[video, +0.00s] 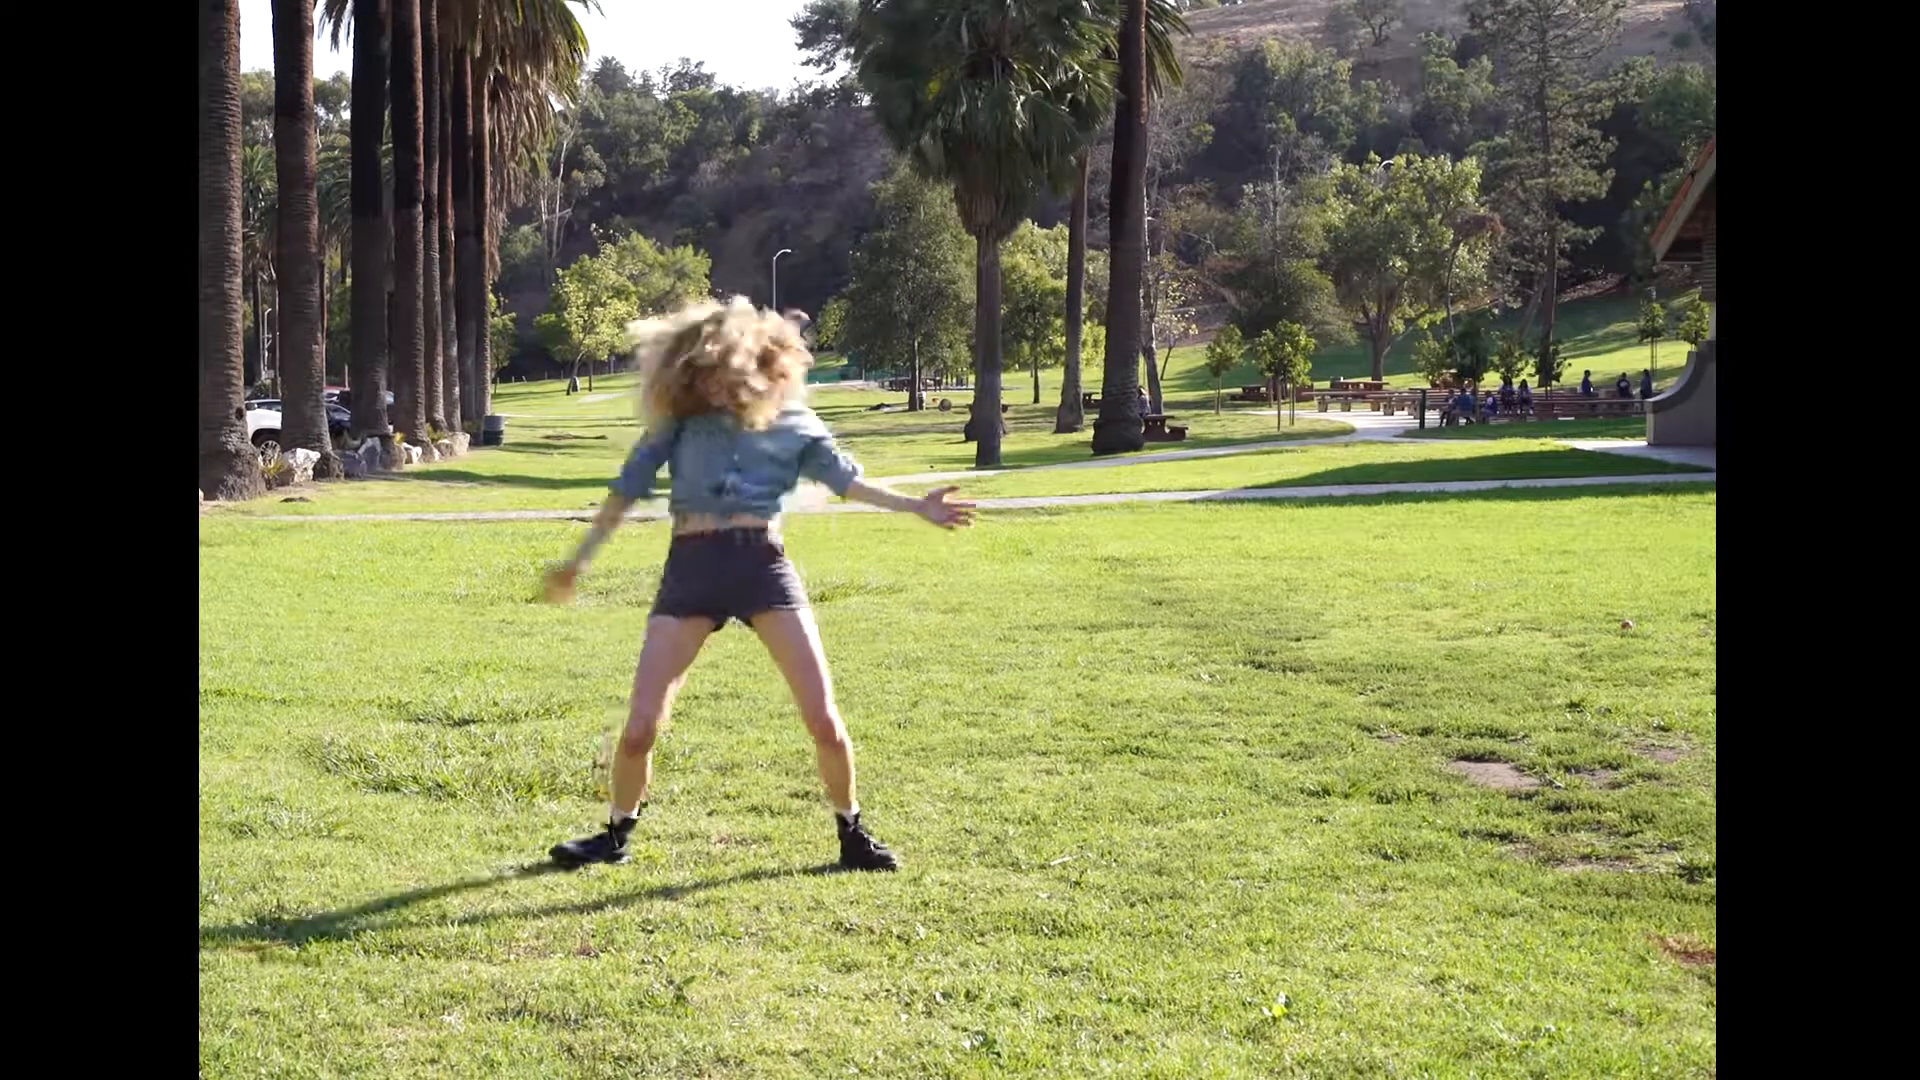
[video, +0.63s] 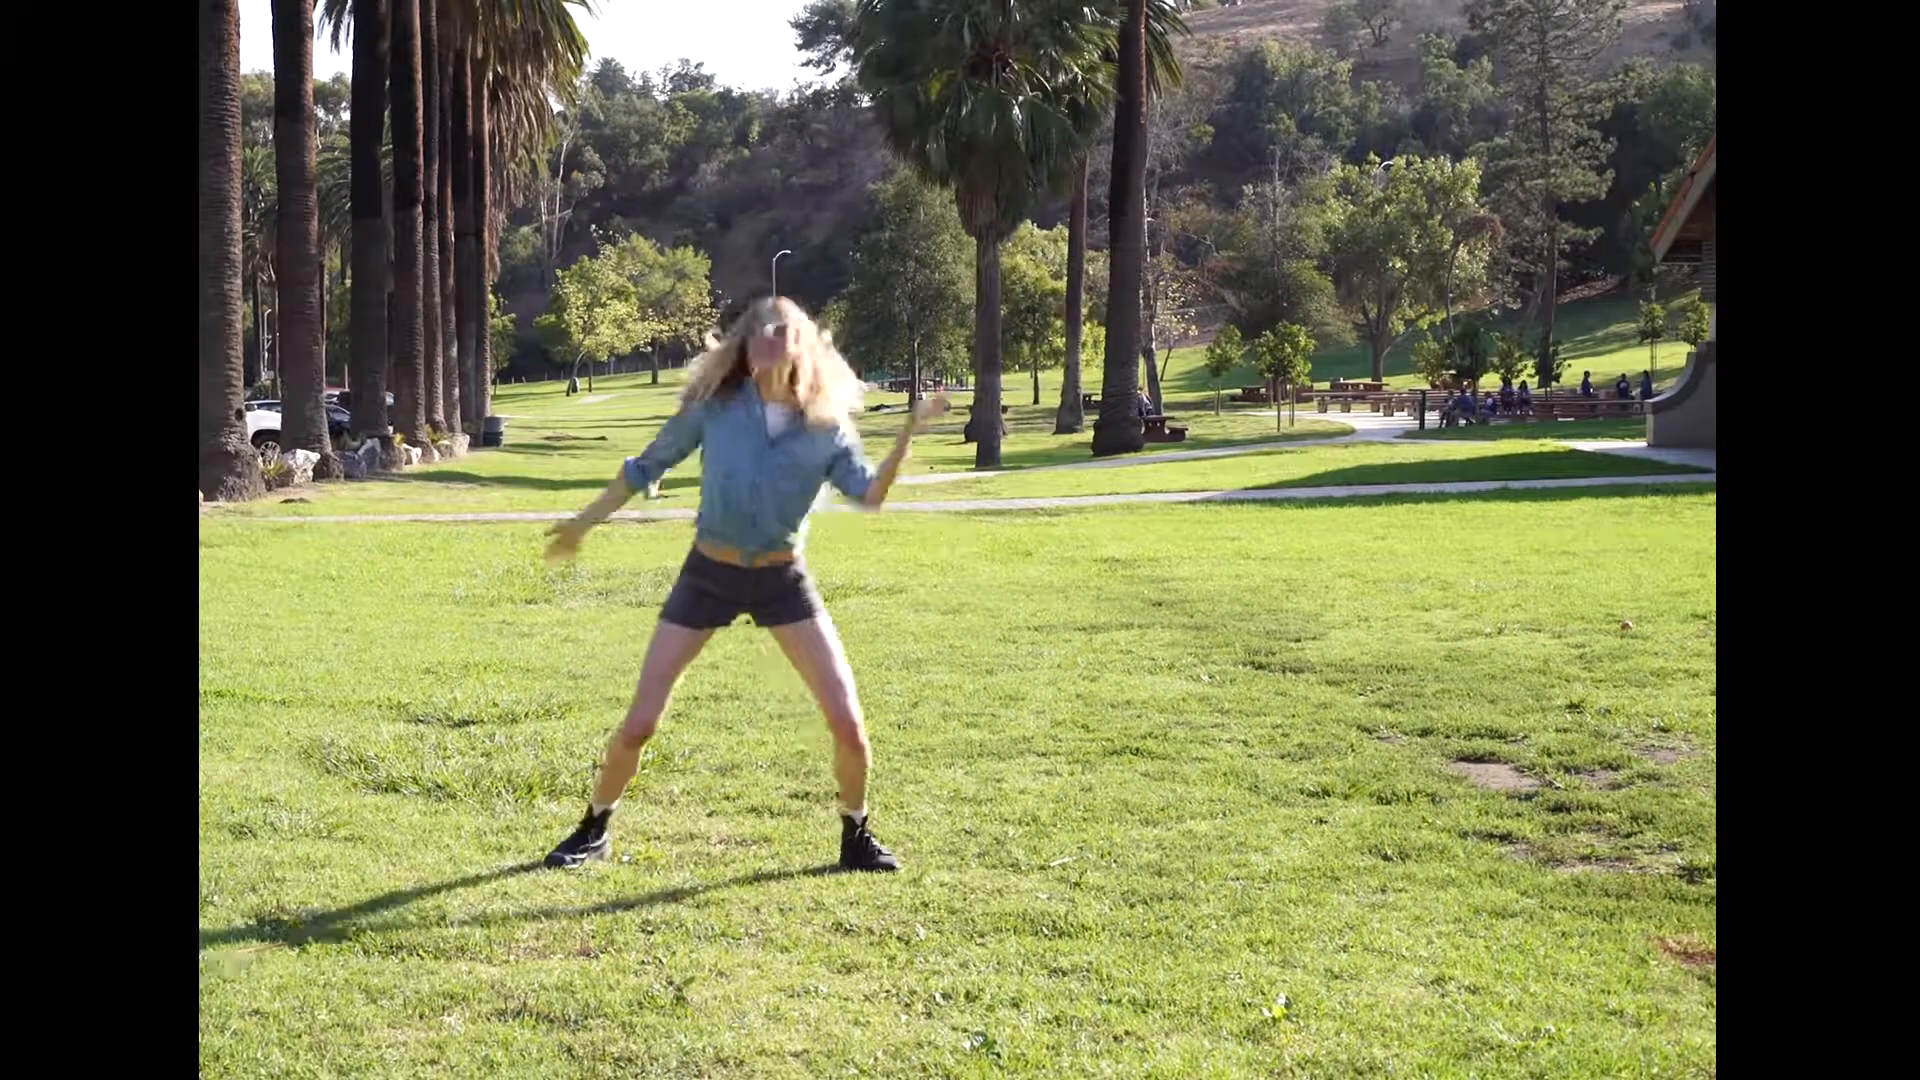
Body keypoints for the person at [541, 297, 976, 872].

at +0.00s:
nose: (718, 391)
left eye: (729, 378)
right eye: (706, 379)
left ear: (760, 373)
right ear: (692, 377)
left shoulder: (792, 426)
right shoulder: (681, 425)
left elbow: (851, 483)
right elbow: (624, 492)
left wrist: (918, 504)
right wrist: (578, 561)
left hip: (763, 566)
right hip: (690, 567)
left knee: (827, 725)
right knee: (638, 730)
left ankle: (852, 833)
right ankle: (617, 835)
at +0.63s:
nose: (774, 337)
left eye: (784, 329)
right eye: (763, 329)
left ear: (804, 345)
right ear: (744, 345)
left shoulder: (824, 425)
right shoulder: (713, 408)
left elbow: (868, 496)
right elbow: (644, 467)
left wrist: (908, 434)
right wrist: (581, 523)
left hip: (782, 578)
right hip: (707, 574)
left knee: (849, 724)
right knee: (639, 724)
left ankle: (857, 837)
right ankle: (591, 829)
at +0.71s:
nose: (782, 294)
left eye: (792, 285)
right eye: (772, 285)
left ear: (814, 299)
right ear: (752, 299)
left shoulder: (834, 370)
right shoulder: (723, 360)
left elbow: (880, 420)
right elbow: (661, 434)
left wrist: (904, 344)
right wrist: (610, 507)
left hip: (795, 539)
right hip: (721, 534)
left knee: (844, 691)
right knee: (657, 681)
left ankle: (861, 824)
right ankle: (602, 800)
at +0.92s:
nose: (800, 260)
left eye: (811, 247)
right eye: (790, 249)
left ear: (836, 251)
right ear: (772, 256)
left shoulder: (858, 316)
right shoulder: (741, 302)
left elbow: (837, 331)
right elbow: (695, 376)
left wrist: (831, 253)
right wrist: (649, 454)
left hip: (804, 490)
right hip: (730, 483)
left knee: (813, 665)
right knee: (719, 654)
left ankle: (796, 799)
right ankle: (715, 813)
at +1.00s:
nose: (802, 288)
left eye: (816, 273)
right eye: (791, 275)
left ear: (843, 276)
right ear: (775, 275)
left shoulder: (857, 339)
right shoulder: (746, 323)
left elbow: (793, 343)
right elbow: (706, 399)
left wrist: (759, 254)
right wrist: (661, 465)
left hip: (809, 520)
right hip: (737, 510)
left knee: (801, 698)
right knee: (743, 665)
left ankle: (776, 816)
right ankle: (757, 823)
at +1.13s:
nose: (806, 353)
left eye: (819, 340)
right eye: (795, 342)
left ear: (843, 344)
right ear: (778, 348)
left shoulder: (857, 403)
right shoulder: (761, 402)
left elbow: (776, 402)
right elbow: (725, 450)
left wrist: (676, 381)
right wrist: (697, 501)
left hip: (821, 580)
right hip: (750, 576)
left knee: (801, 730)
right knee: (773, 704)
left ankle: (761, 831)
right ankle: (804, 852)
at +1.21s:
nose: (807, 355)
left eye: (818, 340)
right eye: (794, 343)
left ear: (839, 343)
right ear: (777, 352)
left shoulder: (856, 402)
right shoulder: (767, 410)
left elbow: (766, 439)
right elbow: (752, 463)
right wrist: (736, 506)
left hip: (832, 591)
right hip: (761, 585)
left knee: (812, 748)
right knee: (783, 731)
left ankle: (770, 827)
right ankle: (833, 891)